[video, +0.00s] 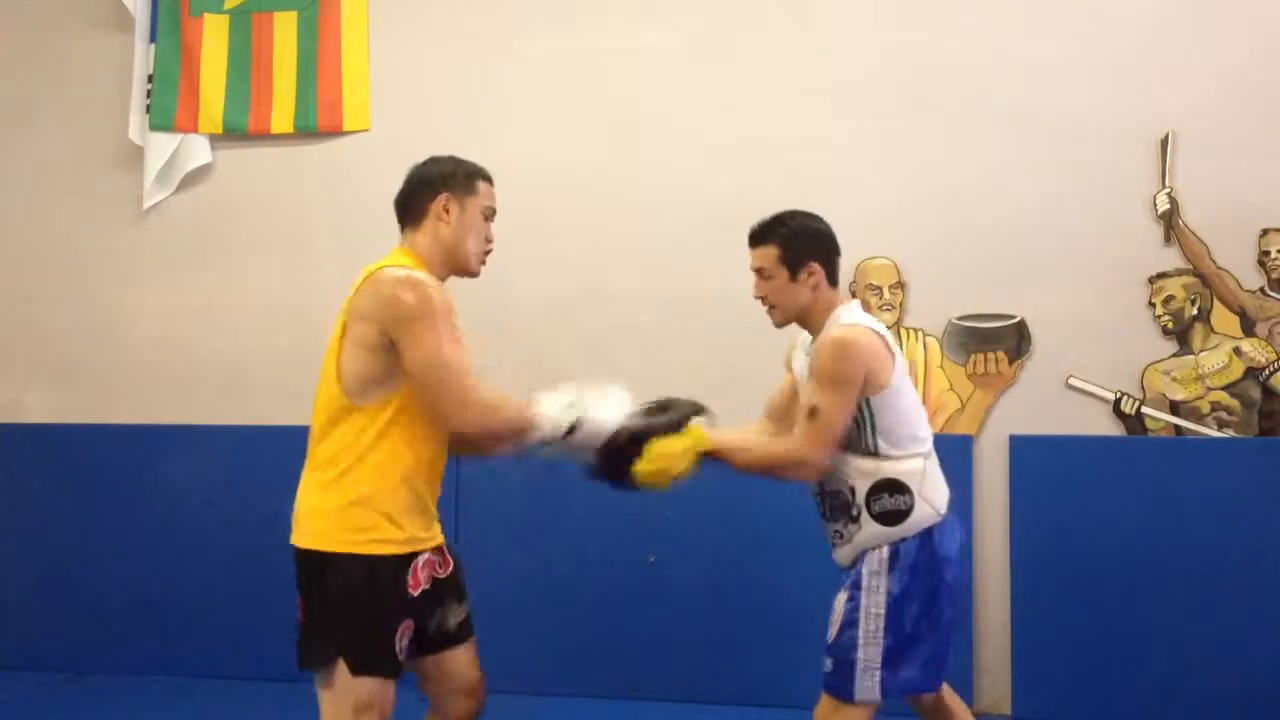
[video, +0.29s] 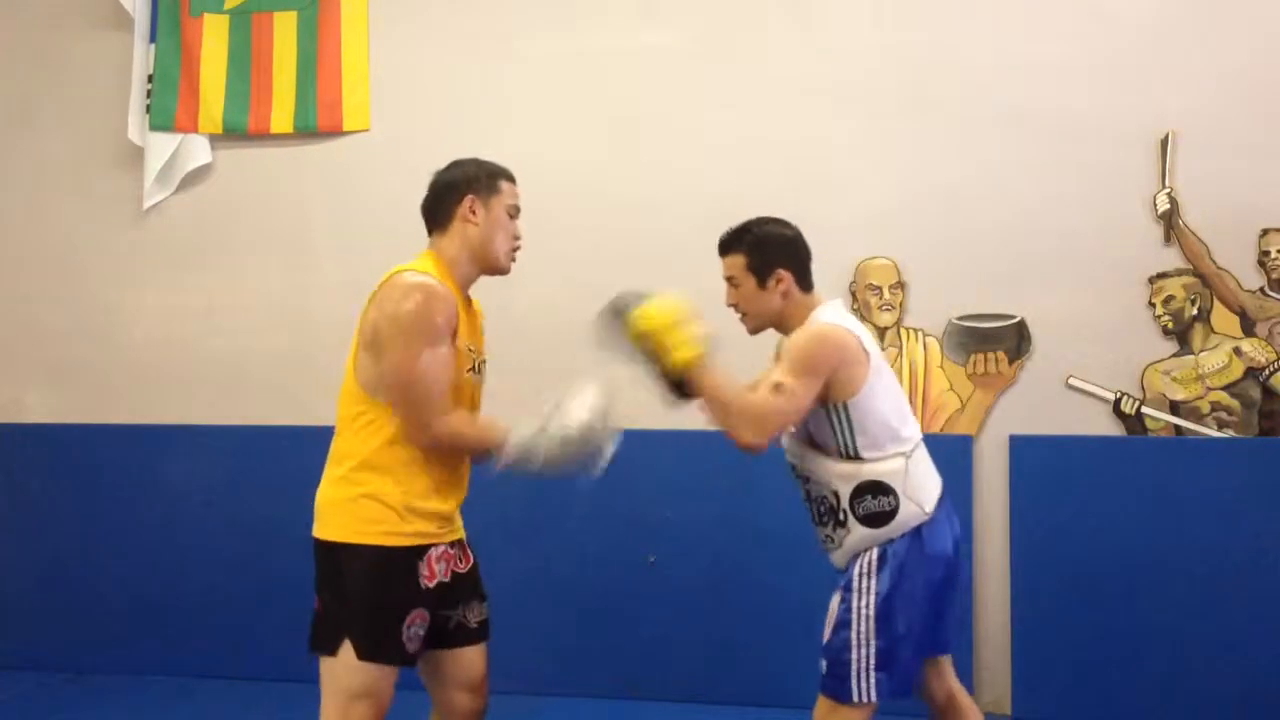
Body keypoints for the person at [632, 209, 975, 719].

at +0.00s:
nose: (756, 291)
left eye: (765, 275)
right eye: (755, 276)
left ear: (812, 277)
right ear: (809, 279)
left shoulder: (845, 343)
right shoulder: (809, 347)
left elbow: (808, 459)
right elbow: (773, 433)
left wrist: (708, 446)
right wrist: (698, 439)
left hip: (896, 543)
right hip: (897, 539)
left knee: (842, 708)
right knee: (925, 688)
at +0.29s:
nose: (728, 299)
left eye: (735, 284)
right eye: (727, 285)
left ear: (780, 283)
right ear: (779, 285)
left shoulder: (820, 339)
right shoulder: (805, 336)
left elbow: (754, 430)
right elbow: (753, 424)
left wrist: (694, 368)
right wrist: (695, 378)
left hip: (892, 544)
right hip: (915, 531)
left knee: (840, 708)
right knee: (940, 687)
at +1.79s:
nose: (738, 298)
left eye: (748, 282)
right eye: (739, 282)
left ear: (795, 287)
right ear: (800, 287)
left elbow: (675, 369)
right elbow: (926, 409)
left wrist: (570, 374)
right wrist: (842, 488)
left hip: (910, 551)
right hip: (969, 525)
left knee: (861, 709)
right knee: (993, 691)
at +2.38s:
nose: (827, 286)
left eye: (838, 270)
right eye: (826, 272)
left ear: (885, 275)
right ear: (879, 280)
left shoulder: (908, 340)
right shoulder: (911, 336)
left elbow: (974, 423)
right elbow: (915, 440)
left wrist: (895, 498)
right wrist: (836, 447)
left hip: (932, 540)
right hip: (979, 536)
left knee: (846, 703)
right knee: (981, 700)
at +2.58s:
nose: (806, 289)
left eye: (818, 274)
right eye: (805, 274)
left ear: (866, 280)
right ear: (863, 284)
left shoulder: (891, 351)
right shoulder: (890, 344)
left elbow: (930, 450)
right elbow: (876, 446)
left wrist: (836, 503)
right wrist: (798, 444)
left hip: (911, 559)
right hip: (952, 550)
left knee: (846, 710)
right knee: (970, 701)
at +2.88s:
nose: (745, 310)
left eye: (757, 294)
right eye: (745, 295)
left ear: (806, 298)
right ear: (805, 303)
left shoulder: (840, 370)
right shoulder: (844, 349)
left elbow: (836, 488)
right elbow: (823, 446)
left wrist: (728, 511)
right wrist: (749, 452)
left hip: (902, 566)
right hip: (939, 551)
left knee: (826, 712)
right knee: (960, 699)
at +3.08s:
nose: (769, 296)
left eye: (781, 281)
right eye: (768, 282)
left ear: (828, 284)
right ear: (826, 289)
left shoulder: (858, 352)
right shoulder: (859, 341)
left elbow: (871, 463)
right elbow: (851, 445)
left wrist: (770, 480)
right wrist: (774, 429)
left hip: (909, 554)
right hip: (943, 542)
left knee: (849, 709)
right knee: (963, 695)